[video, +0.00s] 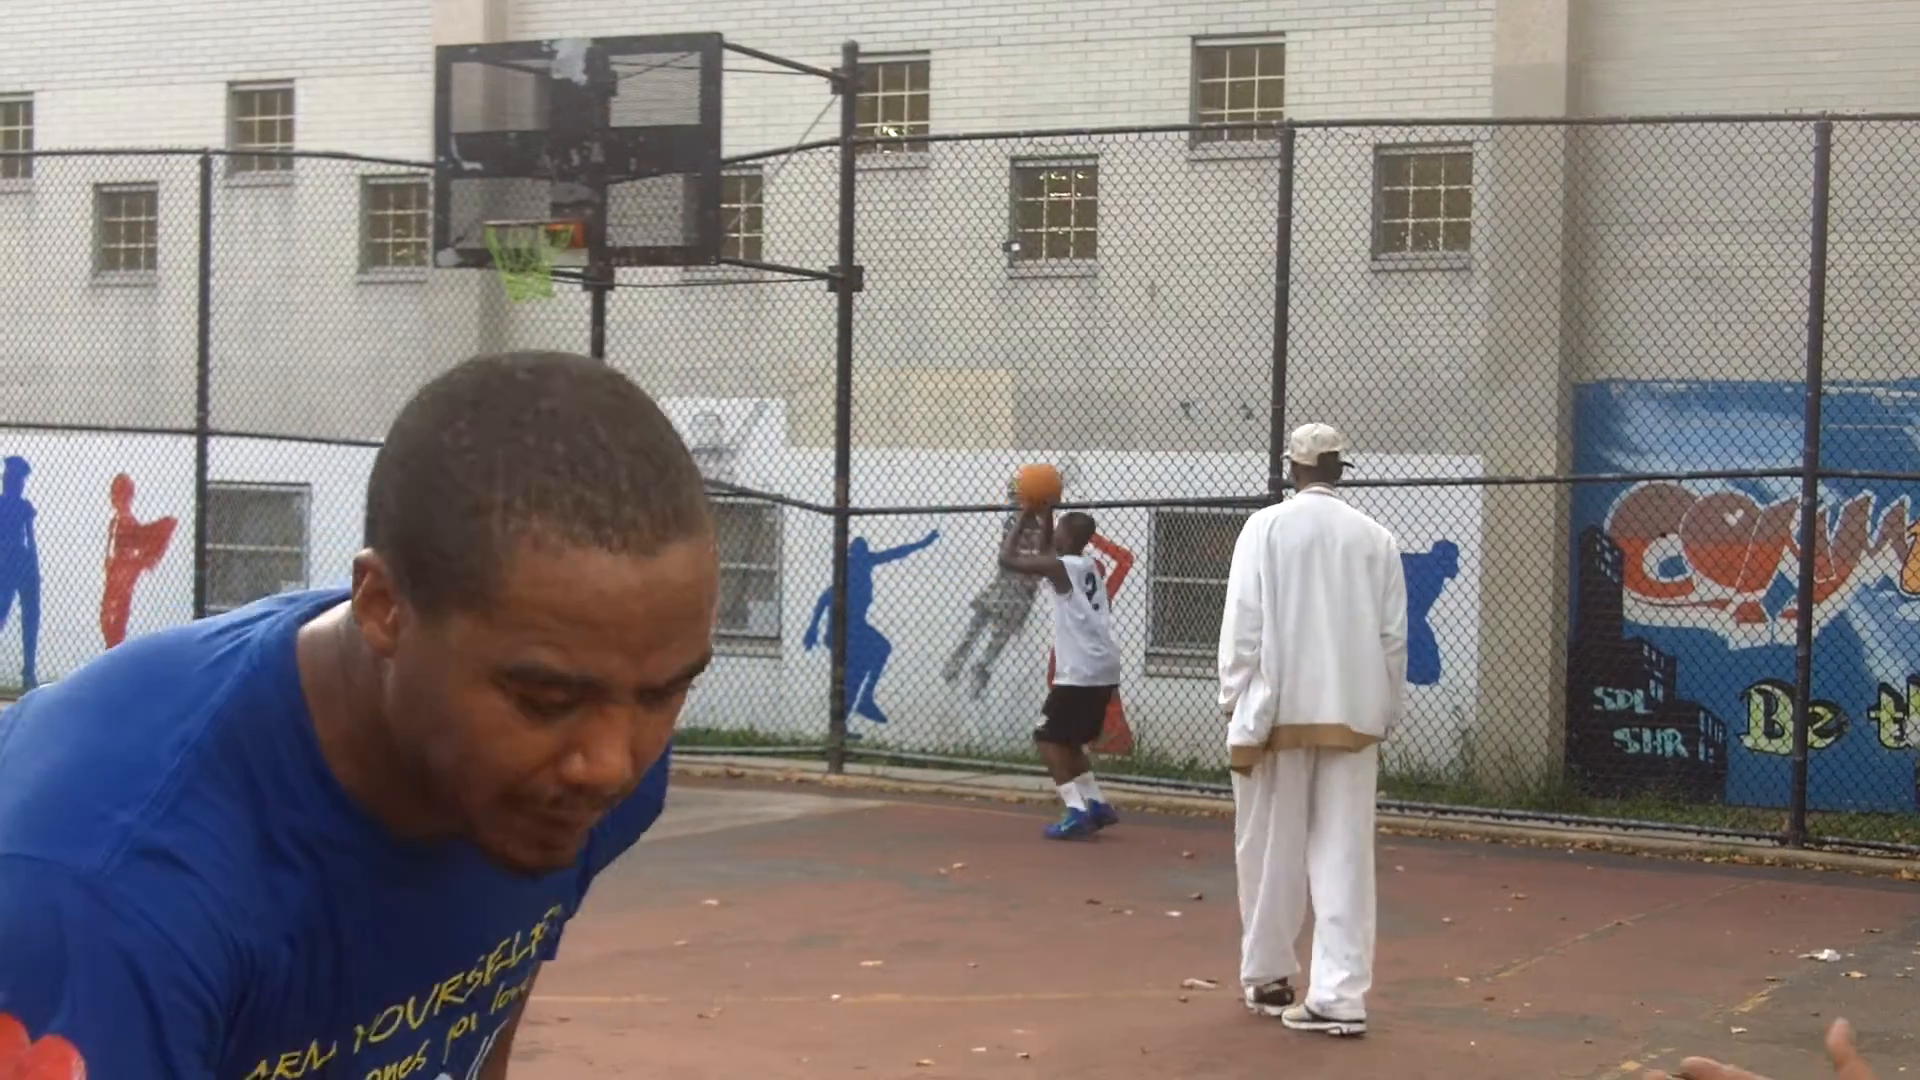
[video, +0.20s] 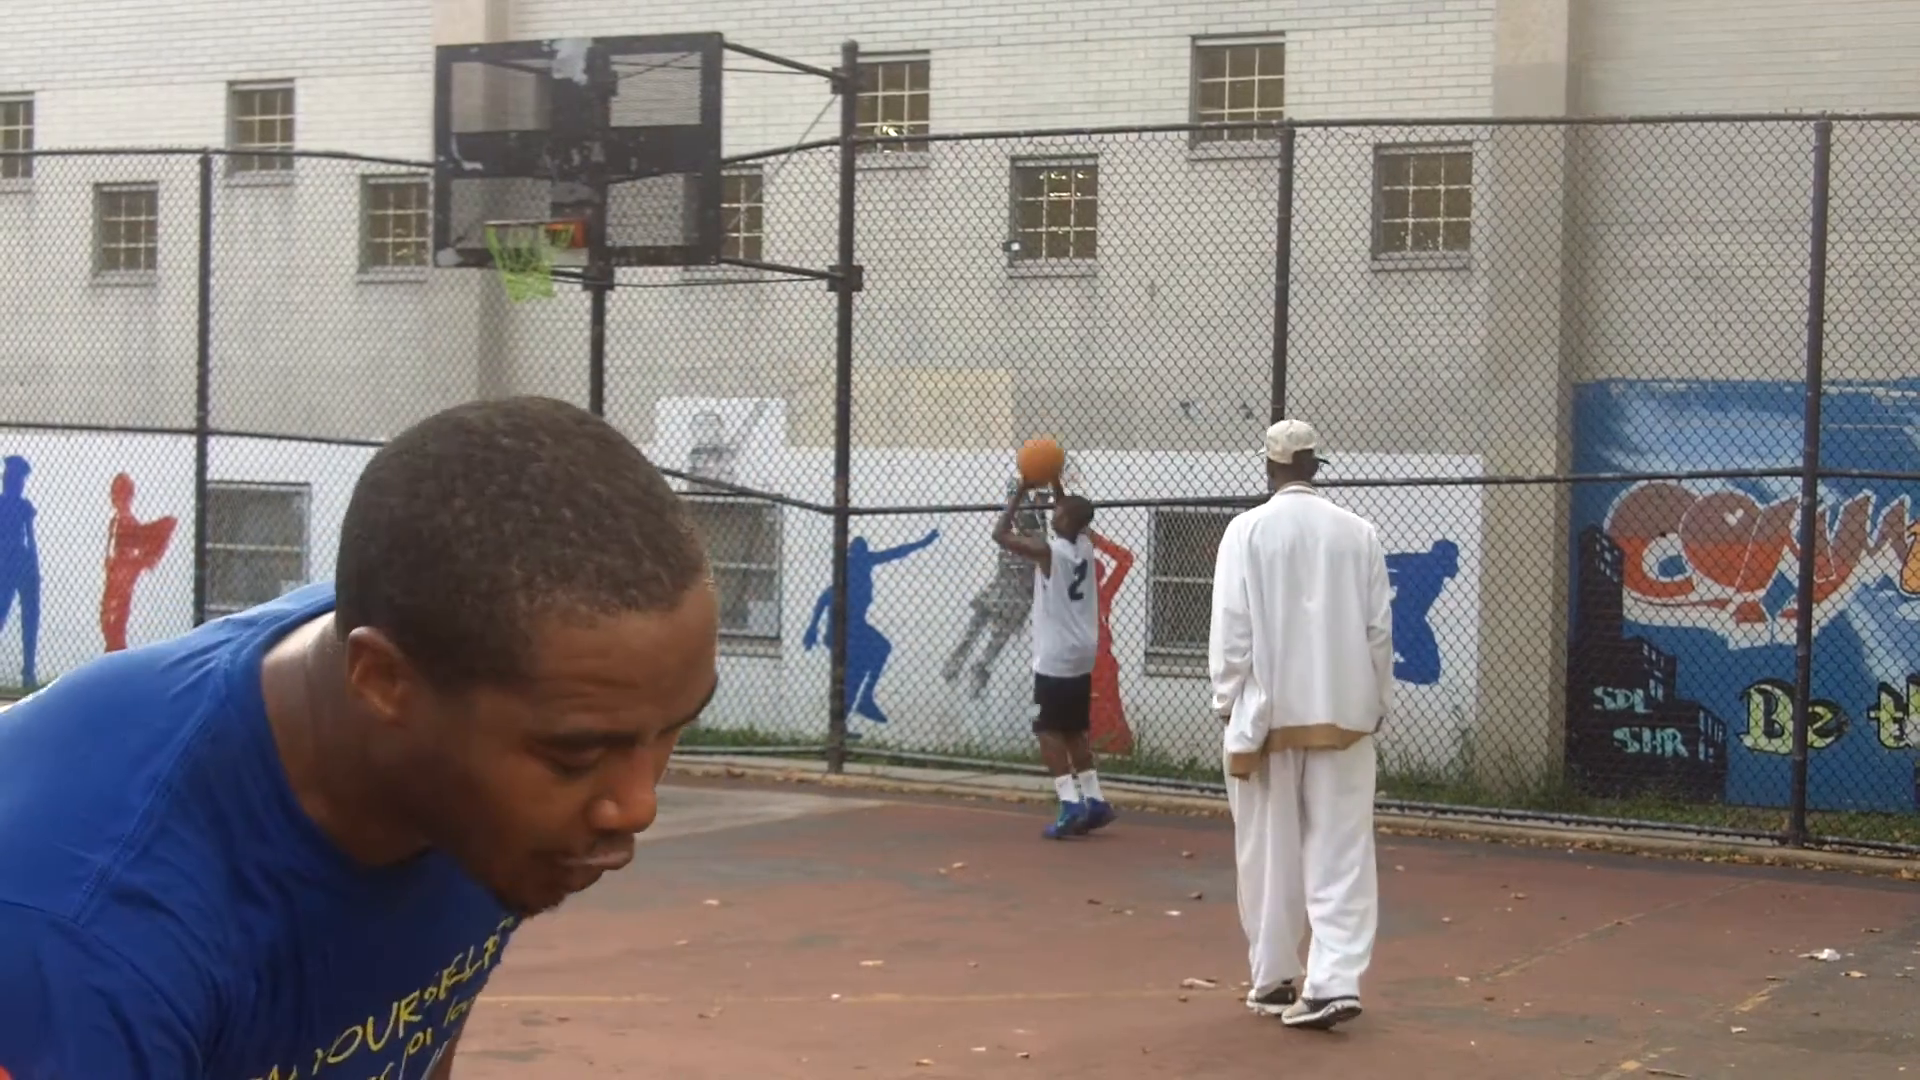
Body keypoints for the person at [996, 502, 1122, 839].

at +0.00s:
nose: (1055, 533)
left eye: (1059, 529)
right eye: (1056, 528)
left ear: (1072, 538)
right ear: (1083, 540)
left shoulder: (1063, 566)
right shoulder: (1088, 565)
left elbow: (1008, 559)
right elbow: (1048, 554)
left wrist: (1021, 517)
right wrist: (1046, 515)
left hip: (1079, 673)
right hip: (1101, 671)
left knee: (1046, 738)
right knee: (1066, 739)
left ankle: (1077, 810)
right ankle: (1096, 803)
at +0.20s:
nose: (1057, 515)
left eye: (1063, 513)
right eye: (1059, 510)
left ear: (1073, 522)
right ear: (1081, 524)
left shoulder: (1050, 551)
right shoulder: (1084, 548)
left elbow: (1001, 534)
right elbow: (1069, 520)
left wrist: (1018, 494)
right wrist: (1056, 487)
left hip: (1055, 655)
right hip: (1083, 653)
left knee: (1047, 730)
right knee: (1074, 729)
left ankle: (1071, 804)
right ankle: (1094, 800)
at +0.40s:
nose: (1047, 468)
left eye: (1054, 466)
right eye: (1053, 464)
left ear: (1061, 478)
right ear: (1077, 484)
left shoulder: (1042, 498)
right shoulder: (1083, 508)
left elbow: (1011, 455)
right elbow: (1043, 462)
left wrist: (1000, 409)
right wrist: (1020, 422)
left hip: (1043, 609)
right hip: (1076, 608)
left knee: (1044, 686)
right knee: (1072, 685)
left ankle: (1062, 766)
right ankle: (1091, 762)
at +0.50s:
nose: (1044, 474)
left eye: (1050, 472)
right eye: (1050, 470)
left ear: (1057, 483)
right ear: (1073, 491)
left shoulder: (1036, 507)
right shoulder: (1078, 516)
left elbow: (1011, 464)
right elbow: (1030, 471)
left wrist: (998, 418)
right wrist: (1005, 424)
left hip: (1038, 617)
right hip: (1073, 617)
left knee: (1040, 695)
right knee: (1070, 693)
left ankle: (1047, 777)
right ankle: (1089, 772)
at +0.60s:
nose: (1036, 502)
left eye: (1043, 500)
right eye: (1041, 498)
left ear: (1054, 512)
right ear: (1064, 515)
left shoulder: (1033, 535)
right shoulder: (1071, 538)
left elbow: (1004, 498)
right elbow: (1023, 500)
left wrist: (991, 448)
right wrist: (996, 454)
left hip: (1036, 647)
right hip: (1068, 645)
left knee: (1032, 725)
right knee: (1064, 723)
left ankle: (1044, 803)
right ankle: (1092, 799)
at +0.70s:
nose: (1023, 528)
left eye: (1031, 522)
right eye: (1026, 522)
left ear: (1044, 531)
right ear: (1057, 534)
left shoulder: (1036, 563)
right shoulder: (1058, 566)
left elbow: (981, 544)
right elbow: (1012, 552)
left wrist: (992, 506)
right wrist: (1002, 513)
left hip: (1035, 671)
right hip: (1062, 670)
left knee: (1017, 743)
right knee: (1060, 744)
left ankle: (1046, 812)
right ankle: (1094, 807)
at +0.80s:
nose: (1023, 520)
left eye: (1030, 516)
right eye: (1026, 515)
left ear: (1040, 526)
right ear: (1049, 528)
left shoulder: (1023, 561)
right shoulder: (1054, 561)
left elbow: (993, 604)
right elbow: (1028, 603)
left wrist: (984, 574)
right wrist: (1003, 575)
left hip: (1027, 667)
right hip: (1052, 666)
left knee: (1019, 736)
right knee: (1041, 736)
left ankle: (1047, 810)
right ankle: (1084, 793)